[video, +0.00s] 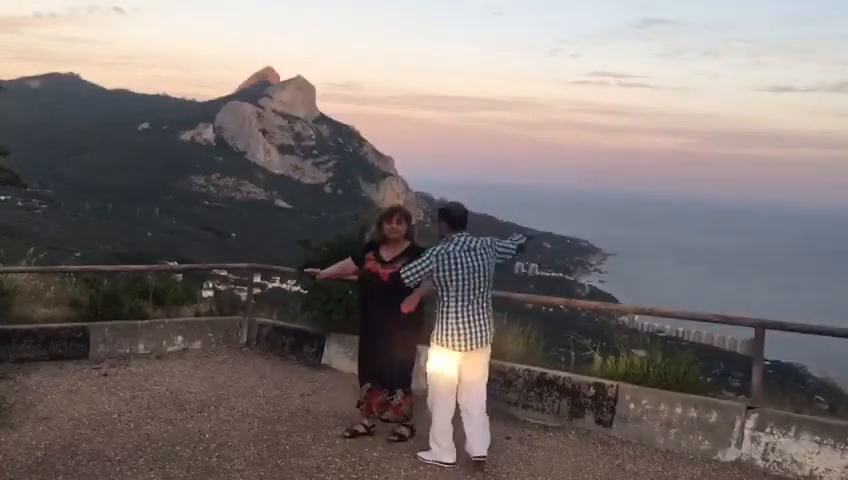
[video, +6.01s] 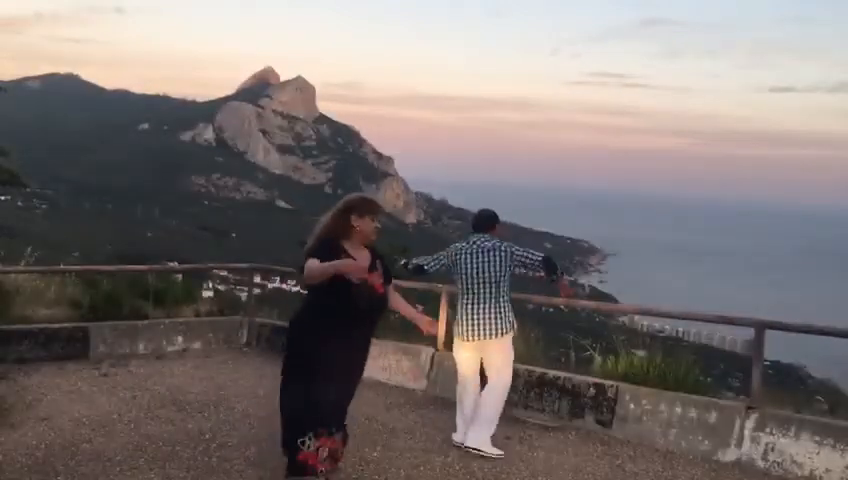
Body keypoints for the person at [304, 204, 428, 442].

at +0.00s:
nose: (394, 227)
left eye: (399, 223)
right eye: (389, 223)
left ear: (408, 227)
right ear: (381, 226)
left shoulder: (417, 254)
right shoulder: (370, 251)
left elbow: (433, 280)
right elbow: (349, 265)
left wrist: (417, 295)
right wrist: (323, 273)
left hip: (403, 325)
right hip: (372, 323)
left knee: (399, 372)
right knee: (369, 370)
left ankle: (404, 424)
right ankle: (367, 420)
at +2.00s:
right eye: (314, 218)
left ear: (278, 219)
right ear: (311, 221)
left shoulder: (267, 246)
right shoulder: (321, 249)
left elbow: (239, 263)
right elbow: (339, 289)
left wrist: (218, 264)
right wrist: (357, 315)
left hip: (272, 327)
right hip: (309, 329)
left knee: (280, 380)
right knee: (301, 383)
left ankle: (285, 438)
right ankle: (290, 449)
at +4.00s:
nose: (321, 236)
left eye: (322, 231)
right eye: (319, 230)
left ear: (293, 220)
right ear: (307, 225)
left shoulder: (272, 245)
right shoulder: (290, 246)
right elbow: (304, 275)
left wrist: (317, 239)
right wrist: (340, 273)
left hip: (258, 334)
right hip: (280, 338)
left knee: (252, 393)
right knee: (280, 399)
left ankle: (249, 448)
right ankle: (268, 460)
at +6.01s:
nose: (377, 226)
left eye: (377, 220)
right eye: (372, 220)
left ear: (360, 223)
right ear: (355, 221)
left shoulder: (375, 259)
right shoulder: (328, 247)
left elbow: (389, 295)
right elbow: (308, 274)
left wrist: (419, 318)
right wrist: (341, 267)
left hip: (351, 346)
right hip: (313, 341)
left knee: (336, 406)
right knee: (308, 403)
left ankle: (325, 464)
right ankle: (301, 466)